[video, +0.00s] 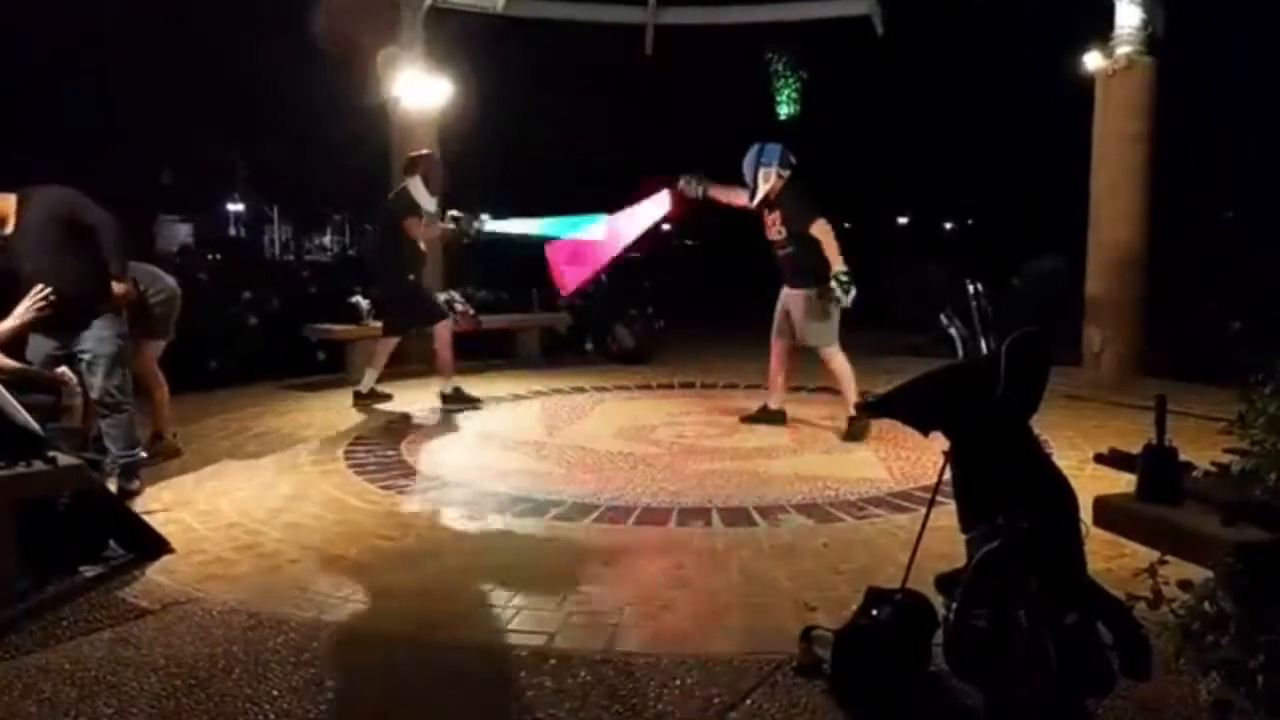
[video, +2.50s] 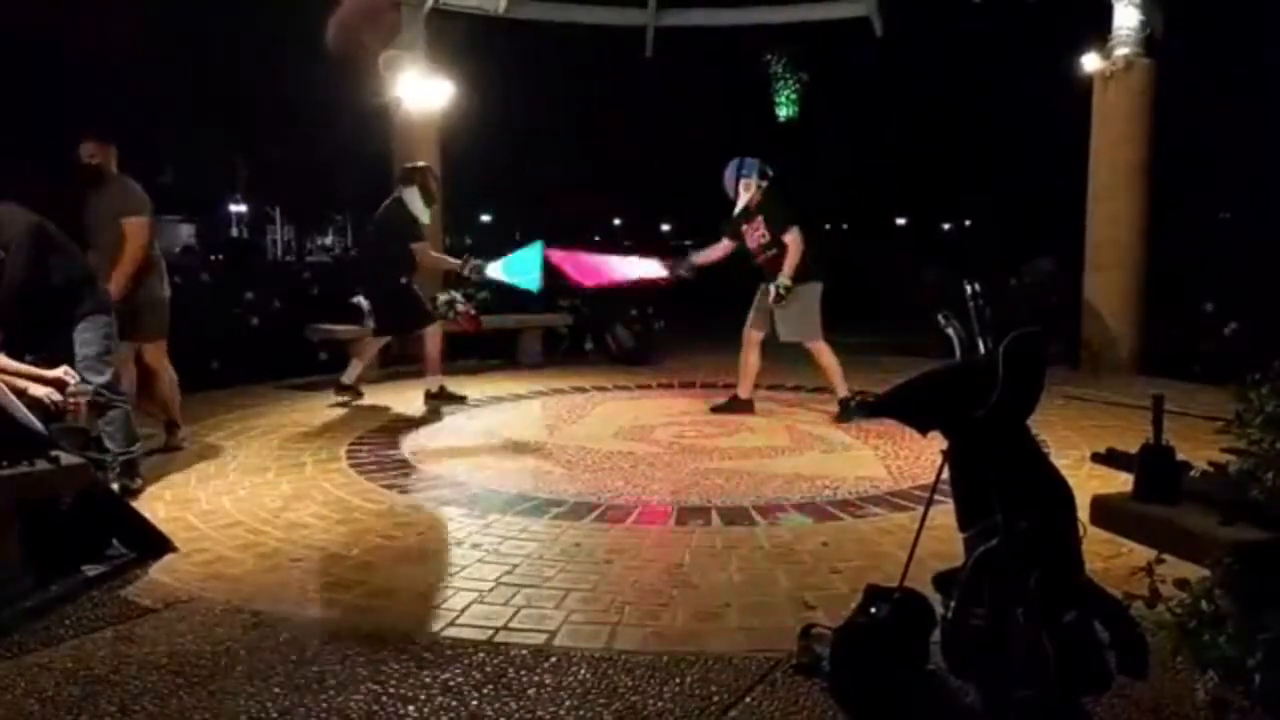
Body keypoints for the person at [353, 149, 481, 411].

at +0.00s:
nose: (439, 176)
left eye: (438, 170)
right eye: (434, 170)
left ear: (417, 173)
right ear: (421, 172)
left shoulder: (419, 199)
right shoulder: (402, 199)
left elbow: (426, 232)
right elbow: (419, 233)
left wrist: (448, 225)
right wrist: (448, 227)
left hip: (400, 280)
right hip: (400, 281)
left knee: (392, 332)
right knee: (442, 322)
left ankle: (365, 387)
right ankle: (449, 389)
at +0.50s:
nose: (446, 193)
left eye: (445, 187)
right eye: (443, 187)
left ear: (418, 182)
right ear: (431, 184)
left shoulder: (402, 207)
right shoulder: (417, 211)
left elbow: (437, 245)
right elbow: (454, 248)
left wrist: (484, 243)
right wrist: (491, 242)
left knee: (391, 334)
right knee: (447, 326)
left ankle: (355, 387)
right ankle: (458, 392)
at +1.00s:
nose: (428, 182)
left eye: (428, 175)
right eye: (425, 175)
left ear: (401, 175)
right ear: (413, 175)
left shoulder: (382, 199)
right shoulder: (393, 202)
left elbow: (405, 247)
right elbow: (403, 246)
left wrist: (430, 271)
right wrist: (431, 272)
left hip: (365, 275)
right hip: (377, 277)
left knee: (370, 332)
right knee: (409, 327)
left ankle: (351, 389)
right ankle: (406, 390)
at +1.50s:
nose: (439, 192)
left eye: (438, 186)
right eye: (435, 186)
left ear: (412, 189)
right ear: (422, 189)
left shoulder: (400, 213)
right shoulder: (406, 215)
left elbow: (413, 261)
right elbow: (411, 264)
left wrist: (442, 271)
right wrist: (443, 274)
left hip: (387, 288)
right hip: (398, 289)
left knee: (401, 335)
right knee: (447, 324)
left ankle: (356, 382)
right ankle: (452, 390)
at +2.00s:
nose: (424, 183)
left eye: (423, 176)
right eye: (420, 176)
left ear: (402, 177)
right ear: (409, 177)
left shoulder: (394, 202)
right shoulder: (387, 204)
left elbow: (394, 247)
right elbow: (388, 249)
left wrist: (413, 268)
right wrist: (413, 270)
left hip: (370, 274)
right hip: (375, 275)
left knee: (368, 331)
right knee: (405, 325)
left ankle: (347, 388)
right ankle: (397, 389)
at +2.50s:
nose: (435, 190)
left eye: (435, 183)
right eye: (432, 183)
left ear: (408, 184)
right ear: (419, 184)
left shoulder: (395, 207)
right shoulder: (405, 209)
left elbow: (423, 256)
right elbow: (424, 256)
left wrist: (458, 266)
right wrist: (461, 266)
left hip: (377, 277)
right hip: (391, 279)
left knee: (384, 330)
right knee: (432, 326)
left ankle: (347, 381)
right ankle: (435, 387)